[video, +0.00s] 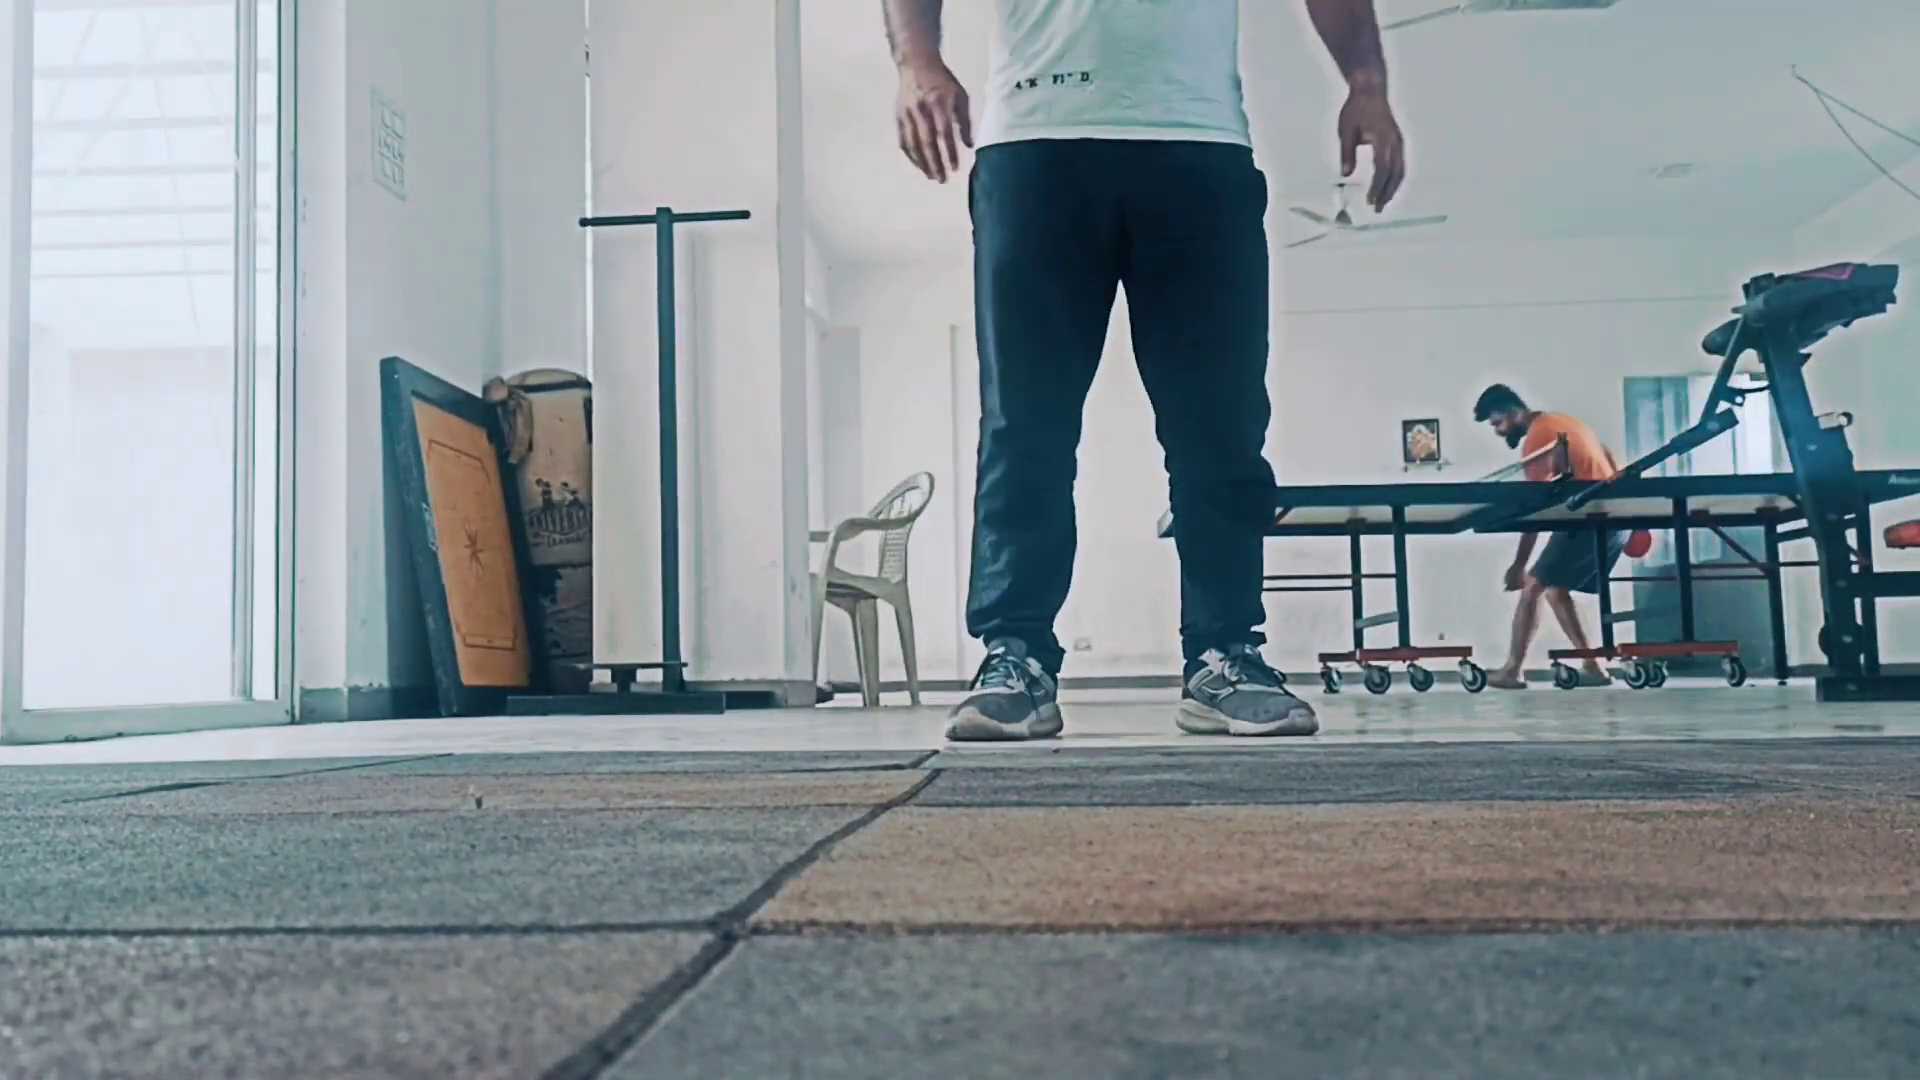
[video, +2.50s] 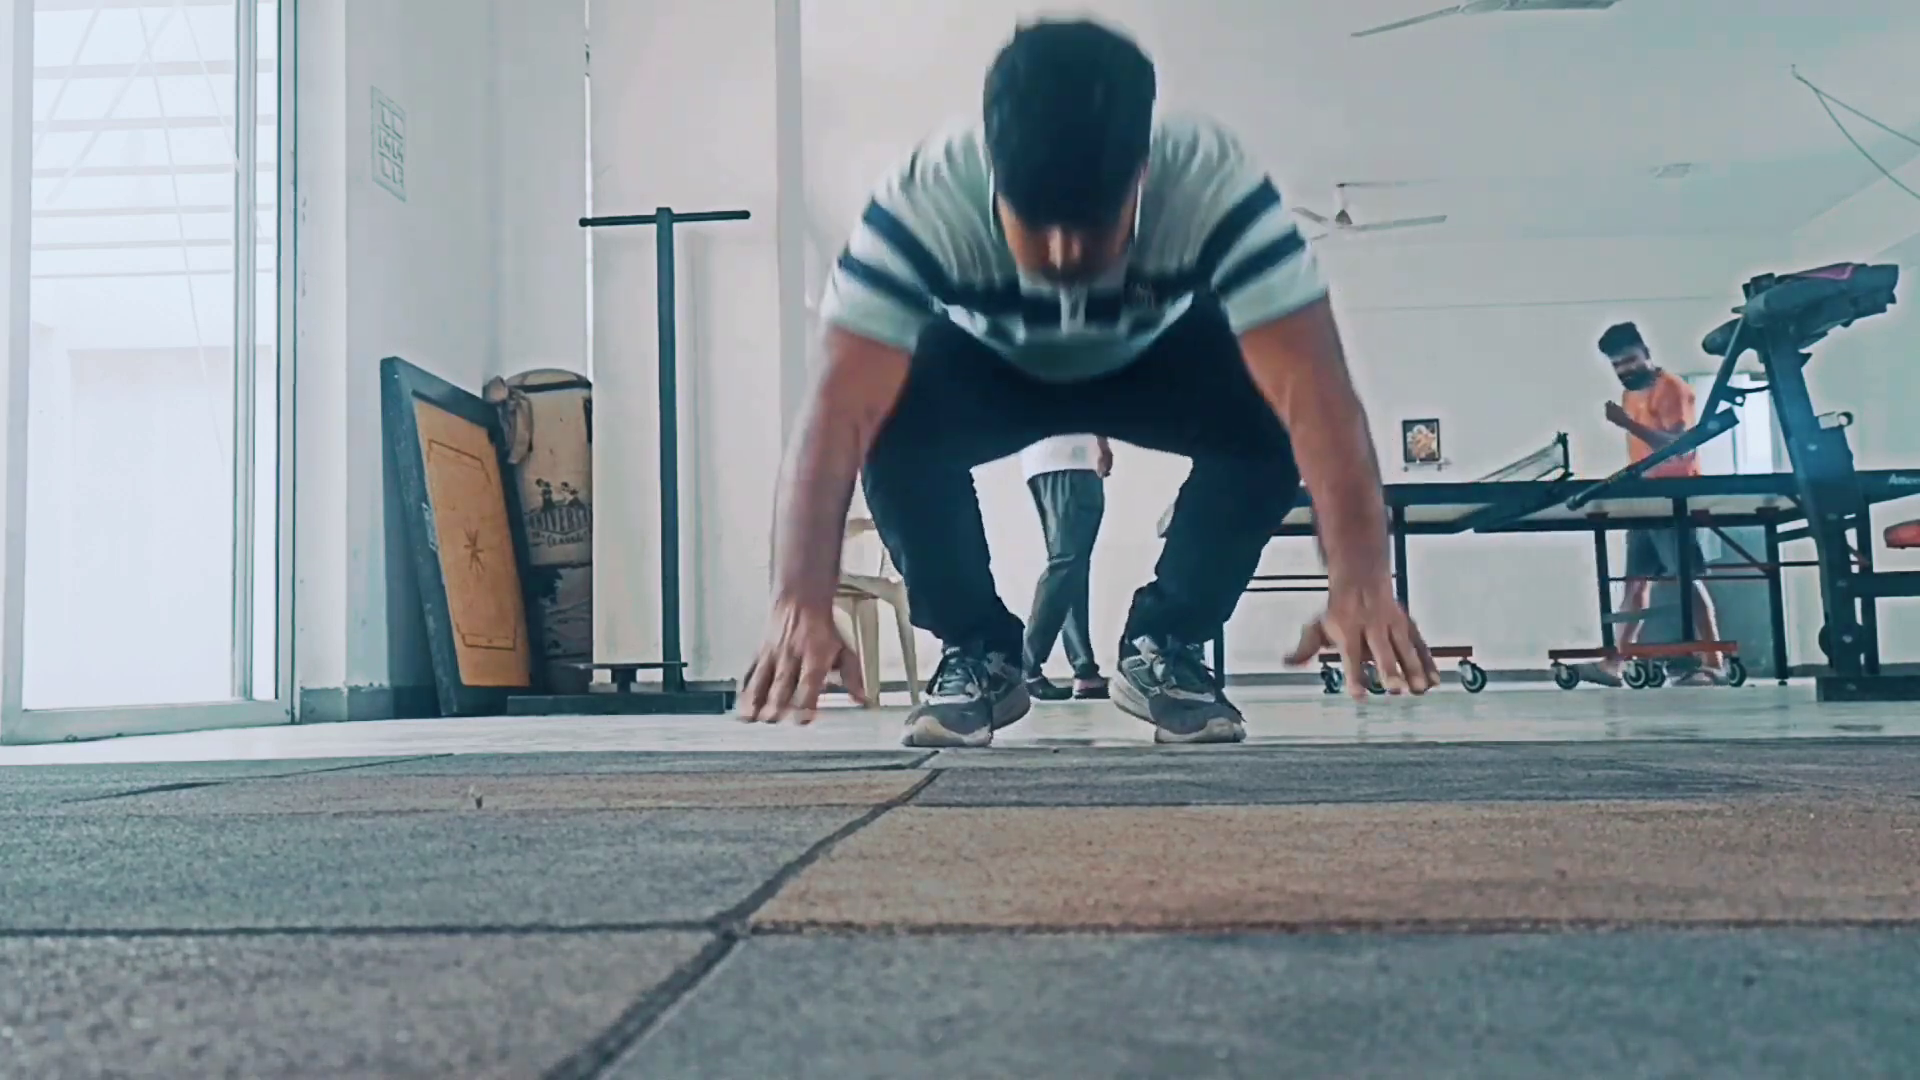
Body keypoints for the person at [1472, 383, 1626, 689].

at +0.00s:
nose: (1497, 431)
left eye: (1497, 422)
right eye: (1493, 425)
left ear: (1512, 412)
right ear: (1519, 409)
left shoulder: (1537, 436)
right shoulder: (1565, 423)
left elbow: (1536, 508)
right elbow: (1610, 461)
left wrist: (1518, 564)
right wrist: (1631, 518)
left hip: (1583, 522)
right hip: (1610, 519)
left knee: (1531, 588)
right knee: (1556, 590)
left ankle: (1511, 670)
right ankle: (1592, 666)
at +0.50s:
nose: (1444, 502)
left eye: (1440, 495)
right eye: (1438, 497)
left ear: (1448, 484)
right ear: (1454, 473)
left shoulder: (1478, 488)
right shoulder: (1480, 494)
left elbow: (1481, 563)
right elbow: (1482, 563)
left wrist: (1467, 620)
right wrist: (1468, 620)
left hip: (1568, 519)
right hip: (1590, 516)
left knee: (1511, 581)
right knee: (1553, 592)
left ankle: (1511, 671)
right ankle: (1582, 671)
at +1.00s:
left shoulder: (1472, 530)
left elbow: (1481, 588)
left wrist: (1452, 638)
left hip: (1563, 532)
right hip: (1589, 529)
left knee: (1502, 583)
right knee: (1550, 594)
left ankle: (1509, 671)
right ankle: (1583, 672)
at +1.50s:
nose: (1453, 432)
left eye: (1452, 424)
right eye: (1448, 428)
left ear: (1465, 410)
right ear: (1467, 409)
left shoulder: (1488, 434)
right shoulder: (1504, 418)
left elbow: (1506, 490)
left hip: (1556, 511)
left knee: (1525, 584)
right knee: (1544, 588)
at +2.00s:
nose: (1539, 379)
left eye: (1541, 369)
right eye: (1535, 373)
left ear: (1559, 360)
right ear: (1550, 366)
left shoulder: (1584, 391)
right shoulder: (1573, 395)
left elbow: (1595, 448)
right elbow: (1576, 448)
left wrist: (1543, 443)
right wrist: (1543, 444)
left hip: (1595, 497)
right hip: (1586, 496)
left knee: (1577, 574)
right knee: (1579, 575)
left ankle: (1592, 664)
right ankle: (1593, 662)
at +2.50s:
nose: (1623, 370)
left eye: (1628, 361)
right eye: (1616, 364)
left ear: (1646, 354)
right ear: (1612, 365)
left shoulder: (1672, 388)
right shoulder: (1631, 396)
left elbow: (1678, 445)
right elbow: (1643, 451)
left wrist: (1627, 423)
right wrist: (1627, 487)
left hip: (1673, 493)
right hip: (1643, 494)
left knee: (1691, 580)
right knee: (1635, 582)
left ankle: (1714, 664)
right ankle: (1614, 663)